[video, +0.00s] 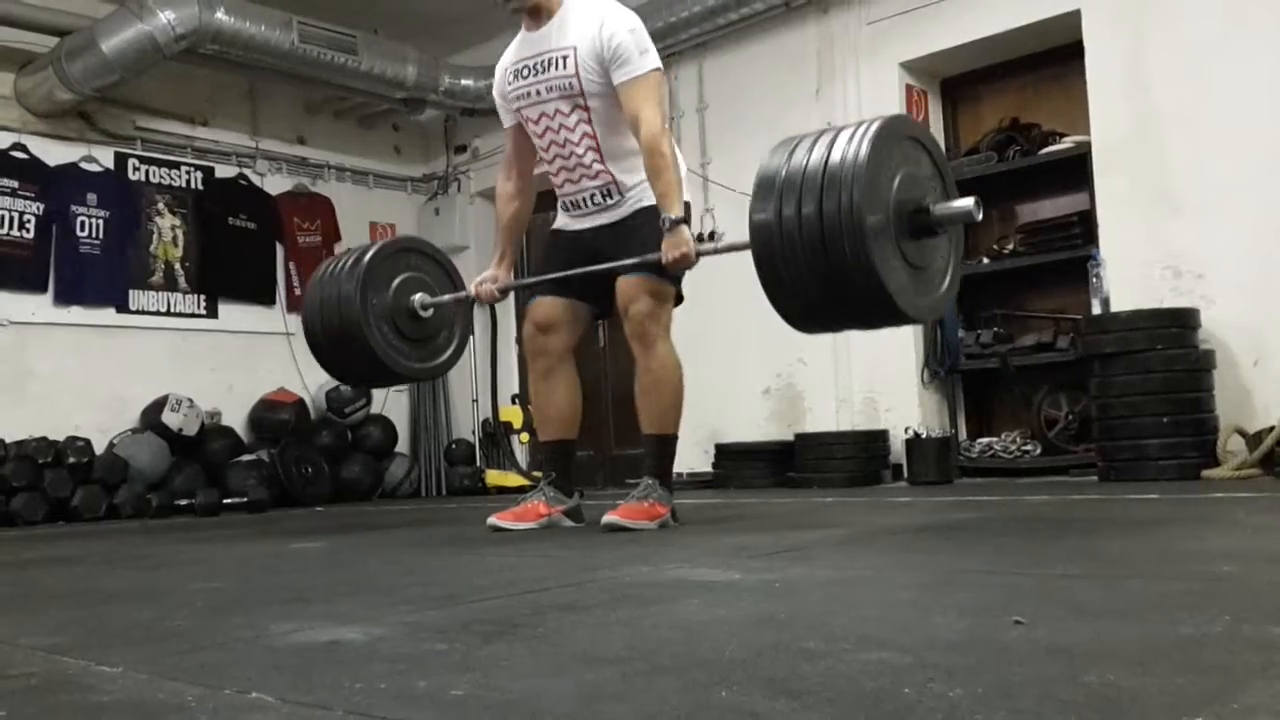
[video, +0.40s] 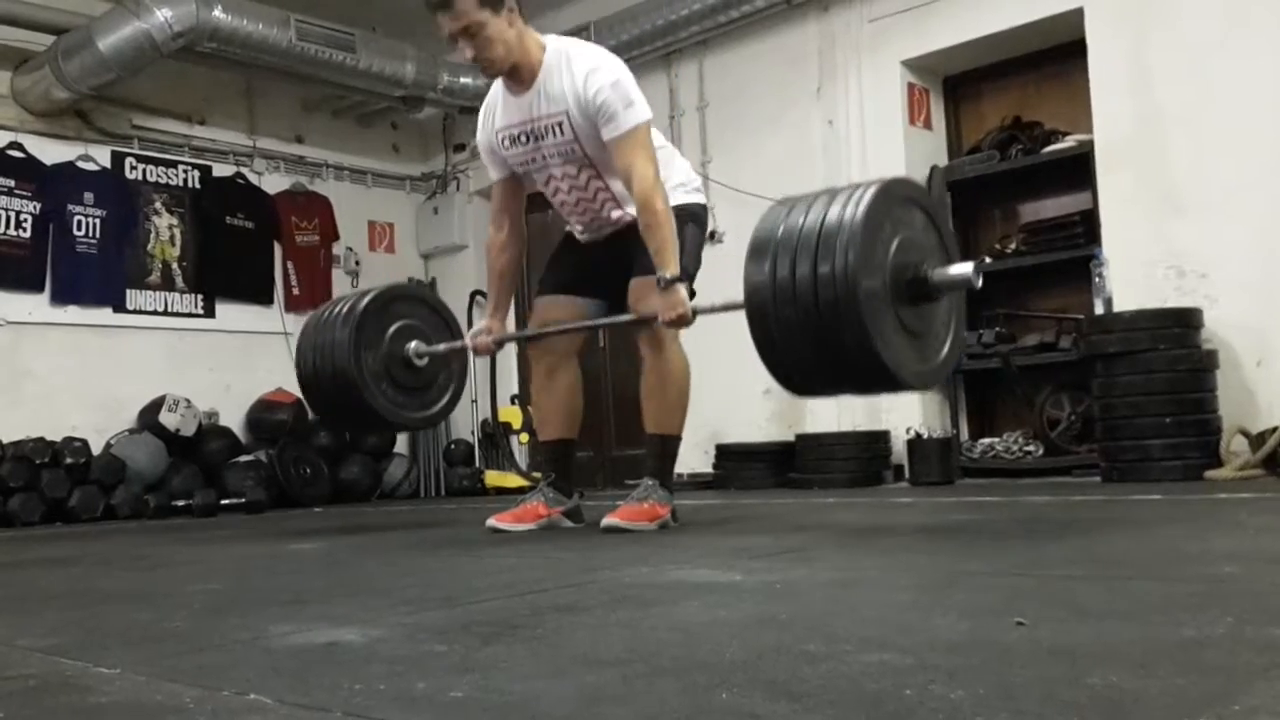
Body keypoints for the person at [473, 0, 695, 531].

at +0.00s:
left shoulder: (608, 23)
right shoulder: (508, 69)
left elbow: (651, 127)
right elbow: (516, 175)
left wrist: (674, 219)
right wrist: (502, 261)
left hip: (639, 207)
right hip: (572, 221)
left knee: (643, 317)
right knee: (543, 333)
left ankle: (657, 487)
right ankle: (557, 491)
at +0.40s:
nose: (466, 51)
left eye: (472, 32)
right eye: (456, 42)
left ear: (511, 13)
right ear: (451, 46)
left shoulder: (593, 73)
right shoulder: (493, 118)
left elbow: (644, 180)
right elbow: (505, 224)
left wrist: (668, 278)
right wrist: (496, 316)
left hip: (661, 209)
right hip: (592, 230)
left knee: (650, 315)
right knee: (547, 334)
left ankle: (657, 489)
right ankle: (556, 492)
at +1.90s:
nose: (454, 137)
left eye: (460, 118)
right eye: (443, 127)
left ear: (500, 100)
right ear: (439, 128)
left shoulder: (579, 153)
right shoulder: (486, 194)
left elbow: (642, 257)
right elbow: (502, 295)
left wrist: (665, 362)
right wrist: (488, 384)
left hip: (668, 232)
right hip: (592, 262)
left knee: (628, 314)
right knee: (529, 337)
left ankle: (653, 491)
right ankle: (558, 494)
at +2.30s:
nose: (454, 33)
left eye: (461, 12)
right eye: (444, 22)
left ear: (504, 6)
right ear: (444, 29)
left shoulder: (581, 71)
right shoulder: (485, 115)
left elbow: (638, 172)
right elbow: (499, 217)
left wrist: (664, 268)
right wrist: (487, 309)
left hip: (647, 206)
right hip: (577, 224)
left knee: (641, 317)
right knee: (539, 333)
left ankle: (654, 488)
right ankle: (557, 491)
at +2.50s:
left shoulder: (599, 27)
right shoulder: (501, 73)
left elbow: (643, 127)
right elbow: (509, 177)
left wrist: (664, 219)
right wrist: (489, 265)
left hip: (626, 208)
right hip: (559, 221)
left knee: (630, 318)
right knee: (529, 335)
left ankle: (654, 488)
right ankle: (557, 491)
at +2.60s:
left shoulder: (613, 15)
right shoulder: (518, 56)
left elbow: (647, 106)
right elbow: (515, 160)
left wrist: (663, 196)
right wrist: (489, 243)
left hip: (624, 201)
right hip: (553, 214)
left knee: (624, 316)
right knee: (529, 332)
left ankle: (653, 488)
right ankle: (558, 493)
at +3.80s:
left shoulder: (635, 10)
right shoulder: (535, 45)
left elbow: (655, 98)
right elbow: (522, 147)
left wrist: (666, 182)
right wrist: (492, 233)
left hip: (620, 187)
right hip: (548, 202)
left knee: (629, 314)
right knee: (539, 329)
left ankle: (654, 487)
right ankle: (556, 492)